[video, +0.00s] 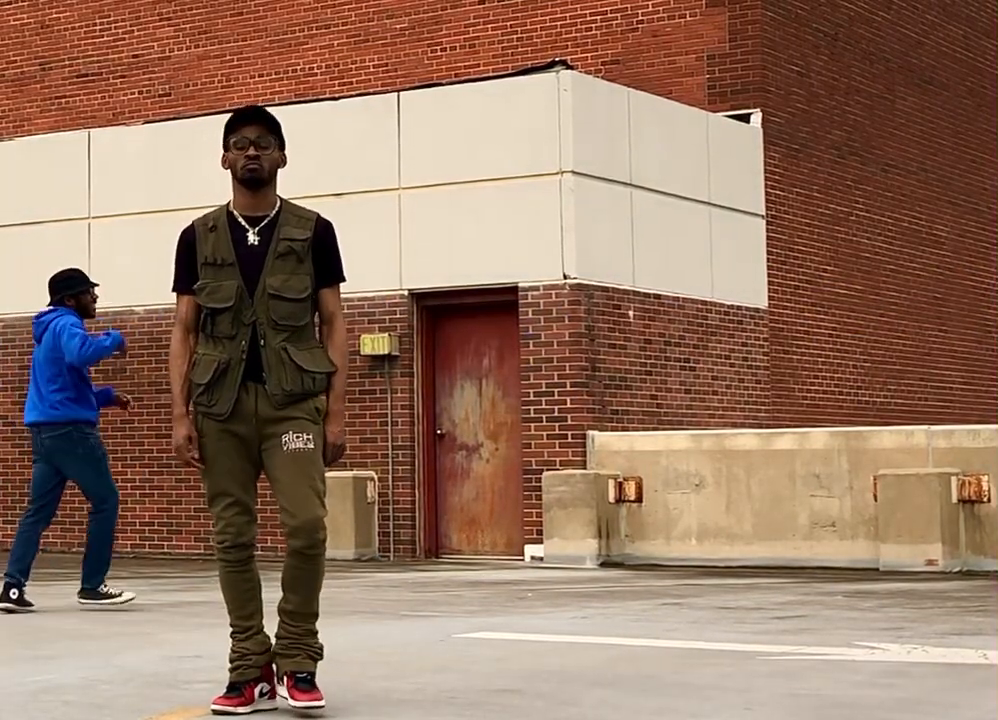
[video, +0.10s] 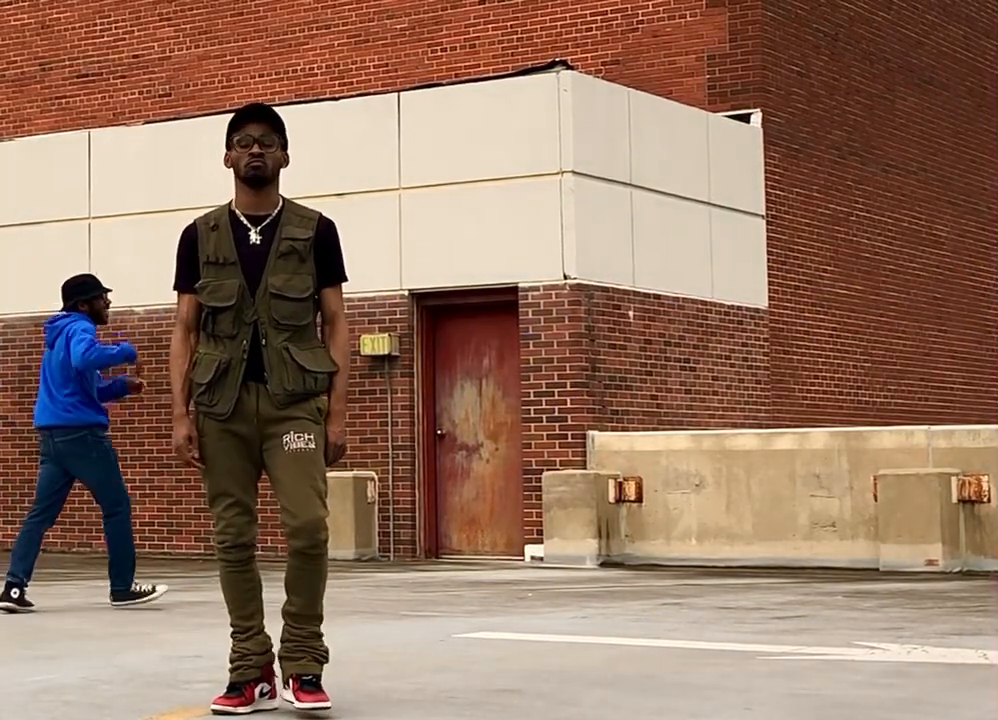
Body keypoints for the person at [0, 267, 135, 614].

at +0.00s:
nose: (95, 298)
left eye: (93, 293)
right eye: (89, 293)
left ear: (63, 298)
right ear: (72, 297)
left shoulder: (50, 327)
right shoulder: (66, 322)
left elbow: (65, 393)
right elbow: (81, 353)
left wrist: (107, 396)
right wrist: (114, 338)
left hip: (45, 428)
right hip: (69, 427)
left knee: (38, 511)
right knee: (105, 501)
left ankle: (13, 586)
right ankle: (92, 586)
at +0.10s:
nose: (108, 304)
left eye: (106, 298)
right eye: (103, 299)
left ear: (75, 304)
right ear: (85, 303)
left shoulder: (62, 332)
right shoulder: (80, 326)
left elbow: (89, 392)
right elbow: (86, 356)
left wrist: (123, 385)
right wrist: (128, 352)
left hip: (52, 433)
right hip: (82, 432)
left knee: (41, 513)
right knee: (117, 507)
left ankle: (14, 586)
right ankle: (123, 587)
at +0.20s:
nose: (128, 308)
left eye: (126, 303)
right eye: (123, 303)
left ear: (97, 309)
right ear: (106, 308)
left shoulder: (78, 337)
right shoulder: (104, 332)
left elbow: (99, 391)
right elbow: (106, 369)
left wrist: (135, 383)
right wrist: (151, 376)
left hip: (74, 439)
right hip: (107, 438)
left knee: (58, 513)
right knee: (133, 512)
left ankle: (21, 578)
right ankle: (138, 589)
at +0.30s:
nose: (147, 308)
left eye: (145, 302)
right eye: (142, 303)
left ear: (112, 307)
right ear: (128, 306)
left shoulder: (95, 337)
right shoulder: (128, 335)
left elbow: (97, 385)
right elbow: (138, 376)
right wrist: (181, 398)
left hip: (98, 438)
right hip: (129, 436)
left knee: (101, 513)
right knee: (151, 512)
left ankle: (52, 559)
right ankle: (141, 590)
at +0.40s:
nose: (171, 302)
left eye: (170, 296)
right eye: (168, 297)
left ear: (135, 301)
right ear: (155, 300)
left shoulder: (115, 333)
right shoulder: (156, 331)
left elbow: (113, 379)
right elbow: (177, 377)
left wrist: (165, 394)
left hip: (125, 428)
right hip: (151, 429)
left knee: (152, 500)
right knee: (158, 508)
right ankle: (140, 590)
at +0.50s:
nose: (190, 302)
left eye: (188, 296)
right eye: (186, 297)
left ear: (154, 302)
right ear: (174, 300)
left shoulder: (134, 333)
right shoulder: (173, 331)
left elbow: (124, 389)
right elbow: (197, 377)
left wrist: (122, 435)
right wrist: (214, 358)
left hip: (143, 427)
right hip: (166, 427)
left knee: (186, 497)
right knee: (164, 508)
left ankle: (175, 575)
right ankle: (140, 589)